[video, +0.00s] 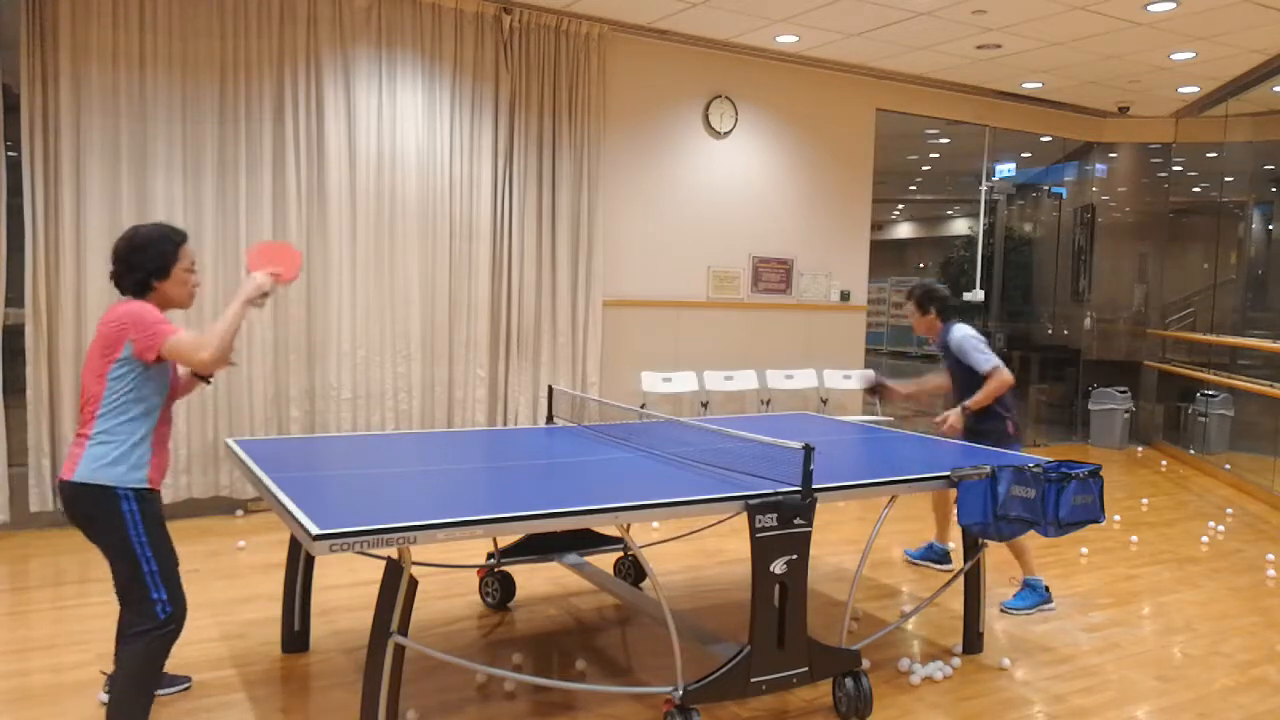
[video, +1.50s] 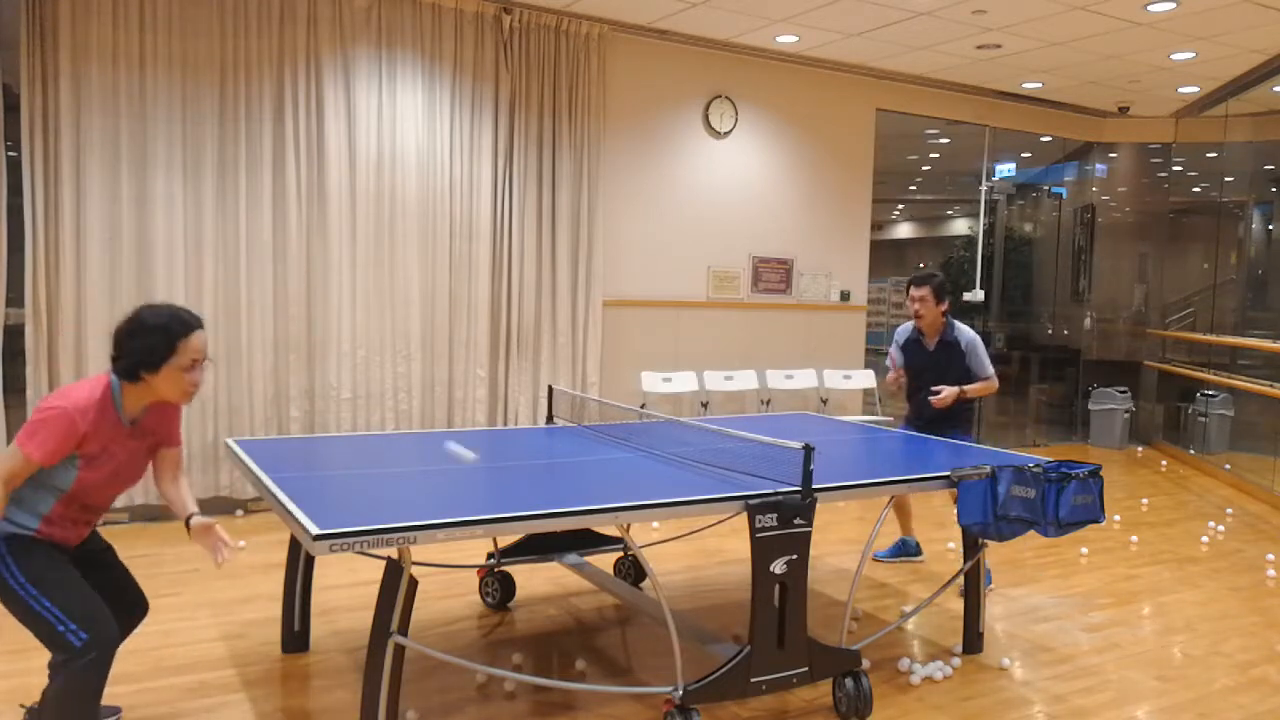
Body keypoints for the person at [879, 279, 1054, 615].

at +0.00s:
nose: (911, 323)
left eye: (913, 316)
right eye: (910, 316)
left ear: (932, 314)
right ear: (931, 313)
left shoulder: (961, 336)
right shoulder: (946, 340)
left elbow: (1003, 377)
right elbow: (952, 380)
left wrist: (963, 409)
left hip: (996, 437)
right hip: (971, 434)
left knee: (998, 510)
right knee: (939, 477)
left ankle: (1035, 585)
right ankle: (941, 547)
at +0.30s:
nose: (895, 297)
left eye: (901, 290)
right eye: (894, 290)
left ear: (922, 293)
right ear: (900, 294)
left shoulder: (945, 322)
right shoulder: (901, 325)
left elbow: (978, 367)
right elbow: (868, 350)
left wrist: (936, 378)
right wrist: (835, 339)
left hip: (949, 422)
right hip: (918, 419)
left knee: (940, 484)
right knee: (894, 472)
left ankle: (957, 550)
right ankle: (911, 531)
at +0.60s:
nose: (888, 308)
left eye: (895, 301)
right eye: (885, 302)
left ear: (915, 305)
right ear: (883, 304)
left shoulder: (940, 336)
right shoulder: (884, 337)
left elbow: (970, 378)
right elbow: (873, 373)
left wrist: (937, 396)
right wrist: (863, 383)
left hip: (940, 426)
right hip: (903, 424)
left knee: (946, 488)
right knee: (877, 472)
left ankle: (971, 553)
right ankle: (884, 532)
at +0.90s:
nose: (925, 320)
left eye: (932, 313)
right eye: (920, 313)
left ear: (950, 308)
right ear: (915, 308)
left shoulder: (976, 331)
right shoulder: (908, 334)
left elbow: (999, 365)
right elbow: (892, 381)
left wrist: (994, 385)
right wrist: (914, 387)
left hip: (967, 423)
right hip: (924, 422)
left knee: (970, 487)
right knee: (899, 469)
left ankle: (972, 560)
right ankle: (890, 529)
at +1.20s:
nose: (936, 304)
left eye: (943, 297)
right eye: (932, 297)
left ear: (962, 300)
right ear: (927, 297)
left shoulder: (984, 328)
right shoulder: (913, 331)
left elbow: (1003, 355)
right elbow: (895, 374)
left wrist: (1003, 377)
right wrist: (913, 395)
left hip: (970, 424)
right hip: (927, 424)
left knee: (972, 488)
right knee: (904, 478)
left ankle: (972, 562)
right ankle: (910, 541)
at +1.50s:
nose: (915, 308)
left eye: (922, 301)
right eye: (911, 301)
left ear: (943, 306)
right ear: (908, 304)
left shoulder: (966, 338)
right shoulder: (903, 334)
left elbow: (991, 383)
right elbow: (895, 377)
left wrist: (959, 392)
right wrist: (895, 379)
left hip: (955, 425)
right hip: (916, 423)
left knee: (959, 489)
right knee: (893, 475)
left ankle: (977, 560)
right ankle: (908, 540)